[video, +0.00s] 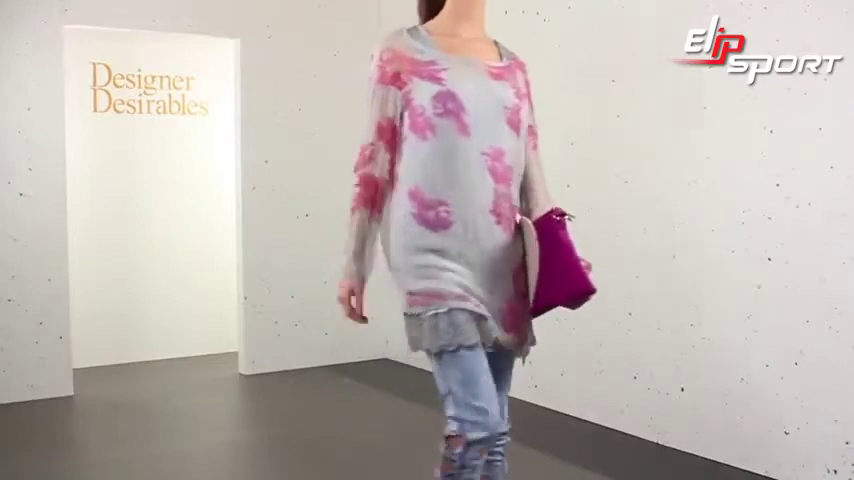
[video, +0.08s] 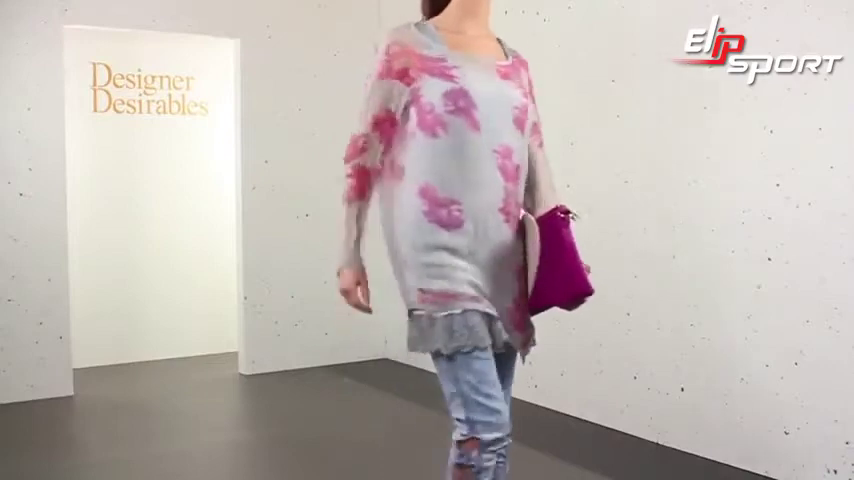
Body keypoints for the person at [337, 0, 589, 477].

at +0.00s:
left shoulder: (513, 67)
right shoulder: (402, 51)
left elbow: (531, 175)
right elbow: (376, 163)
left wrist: (560, 262)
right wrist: (356, 263)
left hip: (504, 266)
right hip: (432, 261)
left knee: (494, 429)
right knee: (477, 423)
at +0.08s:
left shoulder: (514, 65)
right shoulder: (408, 46)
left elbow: (537, 175)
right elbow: (364, 156)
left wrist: (557, 266)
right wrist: (350, 255)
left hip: (504, 265)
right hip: (436, 264)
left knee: (488, 432)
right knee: (487, 432)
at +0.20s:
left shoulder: (507, 58)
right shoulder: (416, 42)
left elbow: (533, 164)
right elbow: (347, 140)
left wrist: (556, 257)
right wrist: (348, 245)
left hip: (506, 264)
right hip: (450, 266)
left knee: (494, 440)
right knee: (484, 441)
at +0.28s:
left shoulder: (493, 44)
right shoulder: (422, 36)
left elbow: (520, 146)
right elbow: (341, 126)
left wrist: (550, 243)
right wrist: (361, 233)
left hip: (510, 258)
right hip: (459, 262)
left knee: (504, 439)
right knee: (479, 440)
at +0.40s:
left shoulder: (484, 40)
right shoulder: (438, 25)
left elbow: (493, 142)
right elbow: (350, 97)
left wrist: (535, 201)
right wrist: (399, 200)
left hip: (508, 261)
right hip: (472, 262)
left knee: (511, 436)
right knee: (483, 440)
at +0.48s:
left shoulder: (482, 40)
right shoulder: (443, 28)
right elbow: (374, 92)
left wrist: (525, 200)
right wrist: (441, 182)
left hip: (507, 259)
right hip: (476, 262)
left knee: (508, 433)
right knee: (488, 439)